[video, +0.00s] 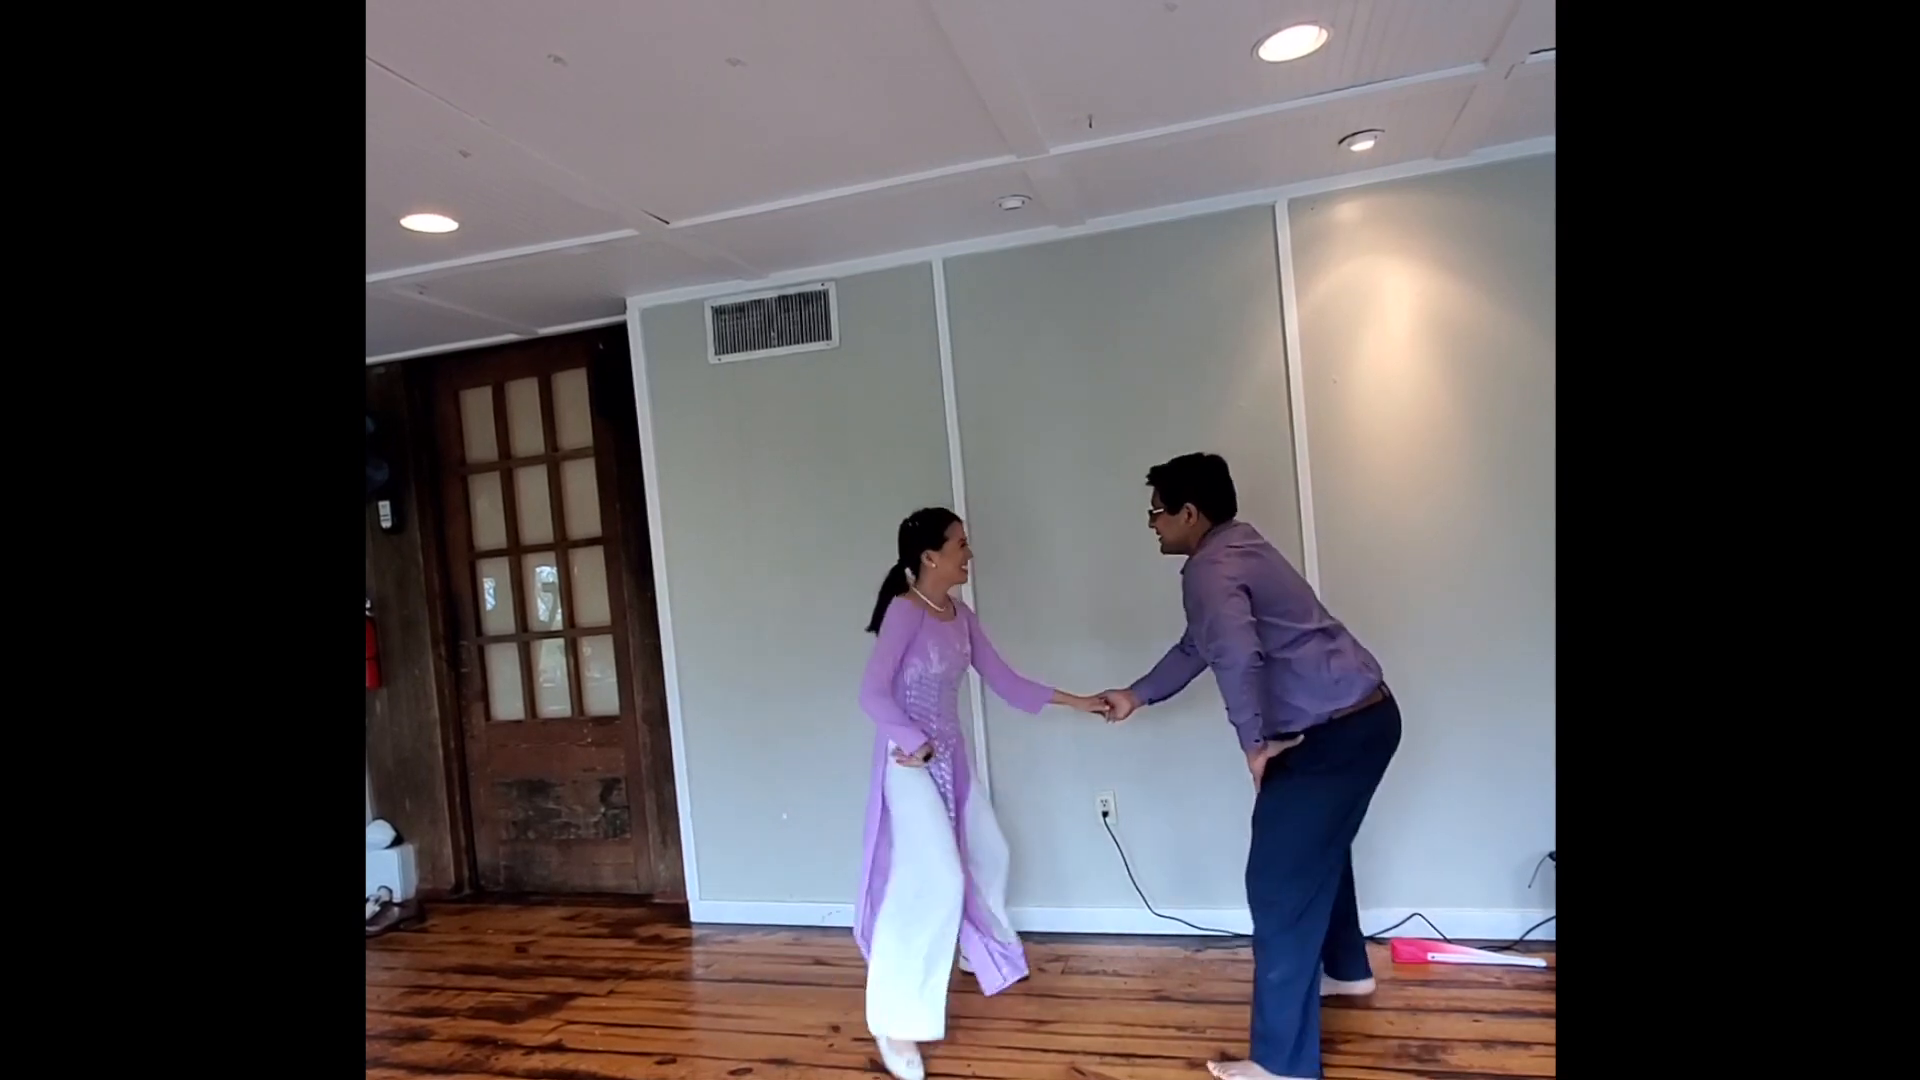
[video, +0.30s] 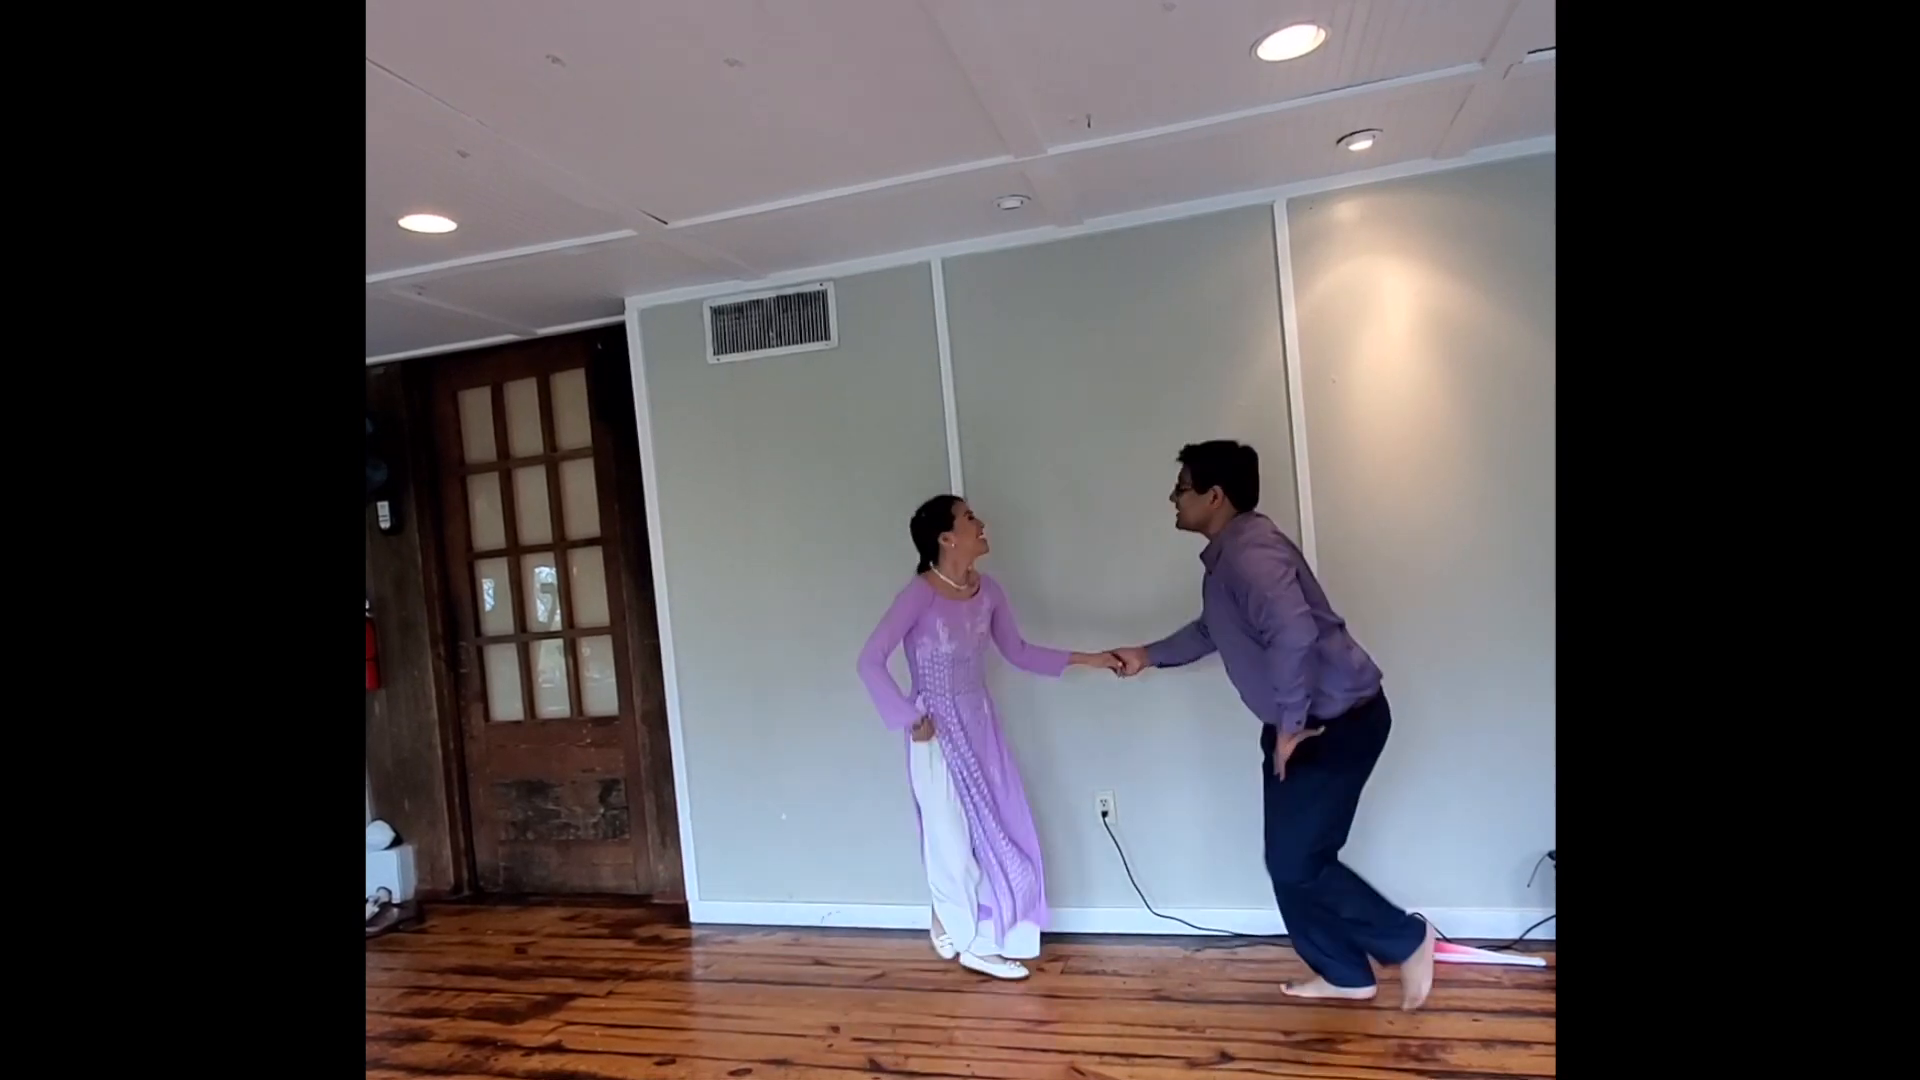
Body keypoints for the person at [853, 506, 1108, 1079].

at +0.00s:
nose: (969, 554)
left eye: (967, 545)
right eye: (960, 546)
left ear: (938, 556)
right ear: (929, 556)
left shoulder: (961, 615)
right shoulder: (906, 612)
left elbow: (1006, 682)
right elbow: (873, 690)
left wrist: (1077, 701)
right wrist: (906, 735)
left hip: (953, 756)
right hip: (909, 759)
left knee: (989, 853)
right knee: (935, 870)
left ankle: (988, 951)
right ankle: (893, 1020)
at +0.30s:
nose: (981, 526)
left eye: (976, 518)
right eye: (970, 520)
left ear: (953, 539)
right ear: (946, 539)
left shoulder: (987, 590)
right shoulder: (919, 595)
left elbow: (1018, 651)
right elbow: (870, 662)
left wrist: (1086, 659)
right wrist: (908, 716)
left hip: (980, 723)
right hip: (936, 729)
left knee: (999, 826)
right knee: (954, 833)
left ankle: (984, 935)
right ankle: (968, 939)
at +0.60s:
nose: (985, 547)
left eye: (981, 539)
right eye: (975, 541)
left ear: (956, 554)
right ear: (946, 555)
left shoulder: (990, 614)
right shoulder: (911, 616)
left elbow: (1010, 676)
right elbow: (865, 682)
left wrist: (1077, 680)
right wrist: (901, 733)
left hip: (985, 740)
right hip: (933, 748)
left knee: (1002, 844)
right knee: (964, 861)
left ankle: (1001, 938)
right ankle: (949, 912)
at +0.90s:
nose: (969, 547)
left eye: (968, 539)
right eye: (959, 538)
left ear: (945, 550)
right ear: (927, 547)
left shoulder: (974, 612)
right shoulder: (884, 609)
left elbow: (1006, 673)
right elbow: (842, 659)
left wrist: (1024, 700)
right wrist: (852, 719)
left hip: (966, 751)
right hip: (913, 755)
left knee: (976, 856)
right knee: (912, 870)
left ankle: (992, 953)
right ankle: (960, 988)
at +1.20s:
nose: (923, 547)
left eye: (932, 544)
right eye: (915, 534)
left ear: (932, 560)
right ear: (885, 542)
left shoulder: (923, 610)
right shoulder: (857, 600)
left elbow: (954, 655)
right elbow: (850, 657)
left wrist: (940, 643)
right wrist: (836, 699)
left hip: (918, 750)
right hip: (882, 751)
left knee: (865, 875)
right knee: (913, 871)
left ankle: (964, 950)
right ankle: (953, 996)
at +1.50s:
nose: (825, 533)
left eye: (837, 530)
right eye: (830, 524)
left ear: (864, 553)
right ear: (869, 556)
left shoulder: (821, 603)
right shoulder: (893, 600)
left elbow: (744, 643)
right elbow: (943, 643)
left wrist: (728, 659)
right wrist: (906, 690)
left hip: (847, 741)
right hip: (897, 736)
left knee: (846, 877)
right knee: (909, 871)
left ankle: (850, 1017)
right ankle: (948, 1004)